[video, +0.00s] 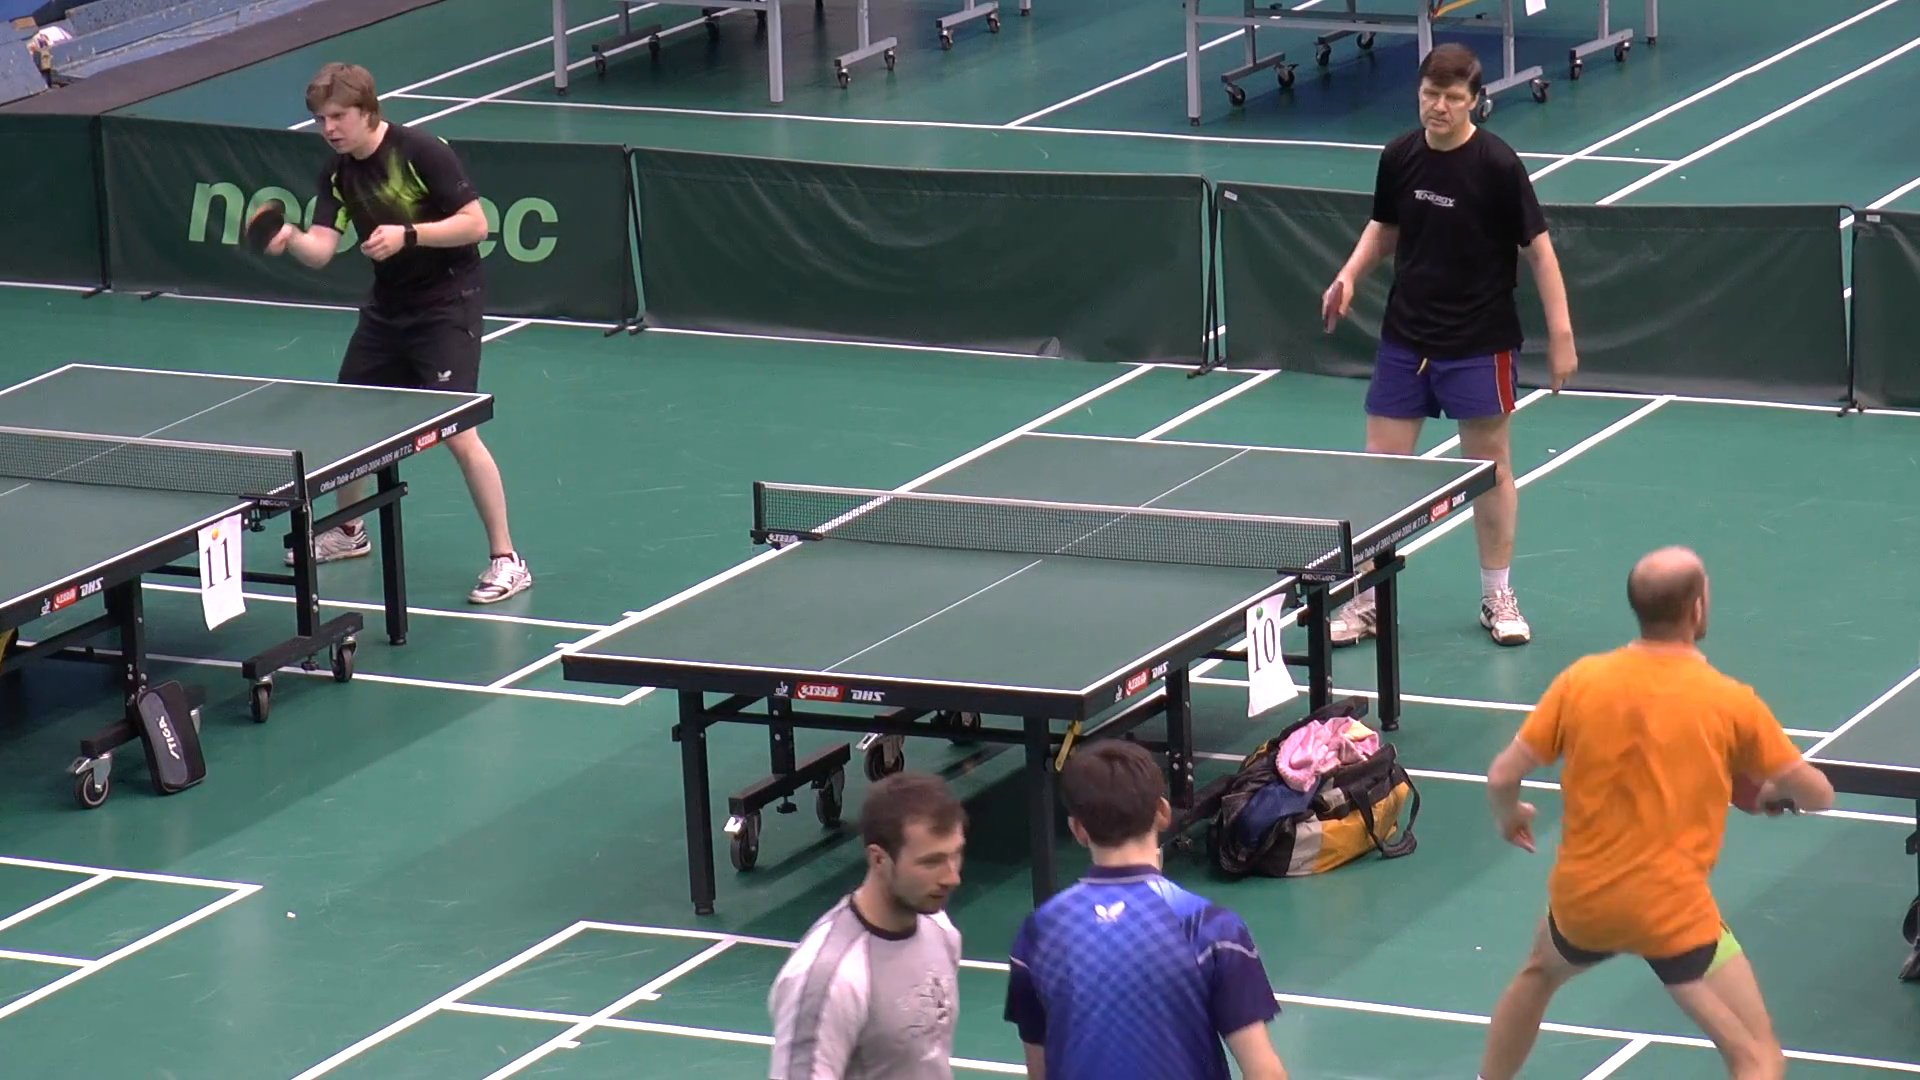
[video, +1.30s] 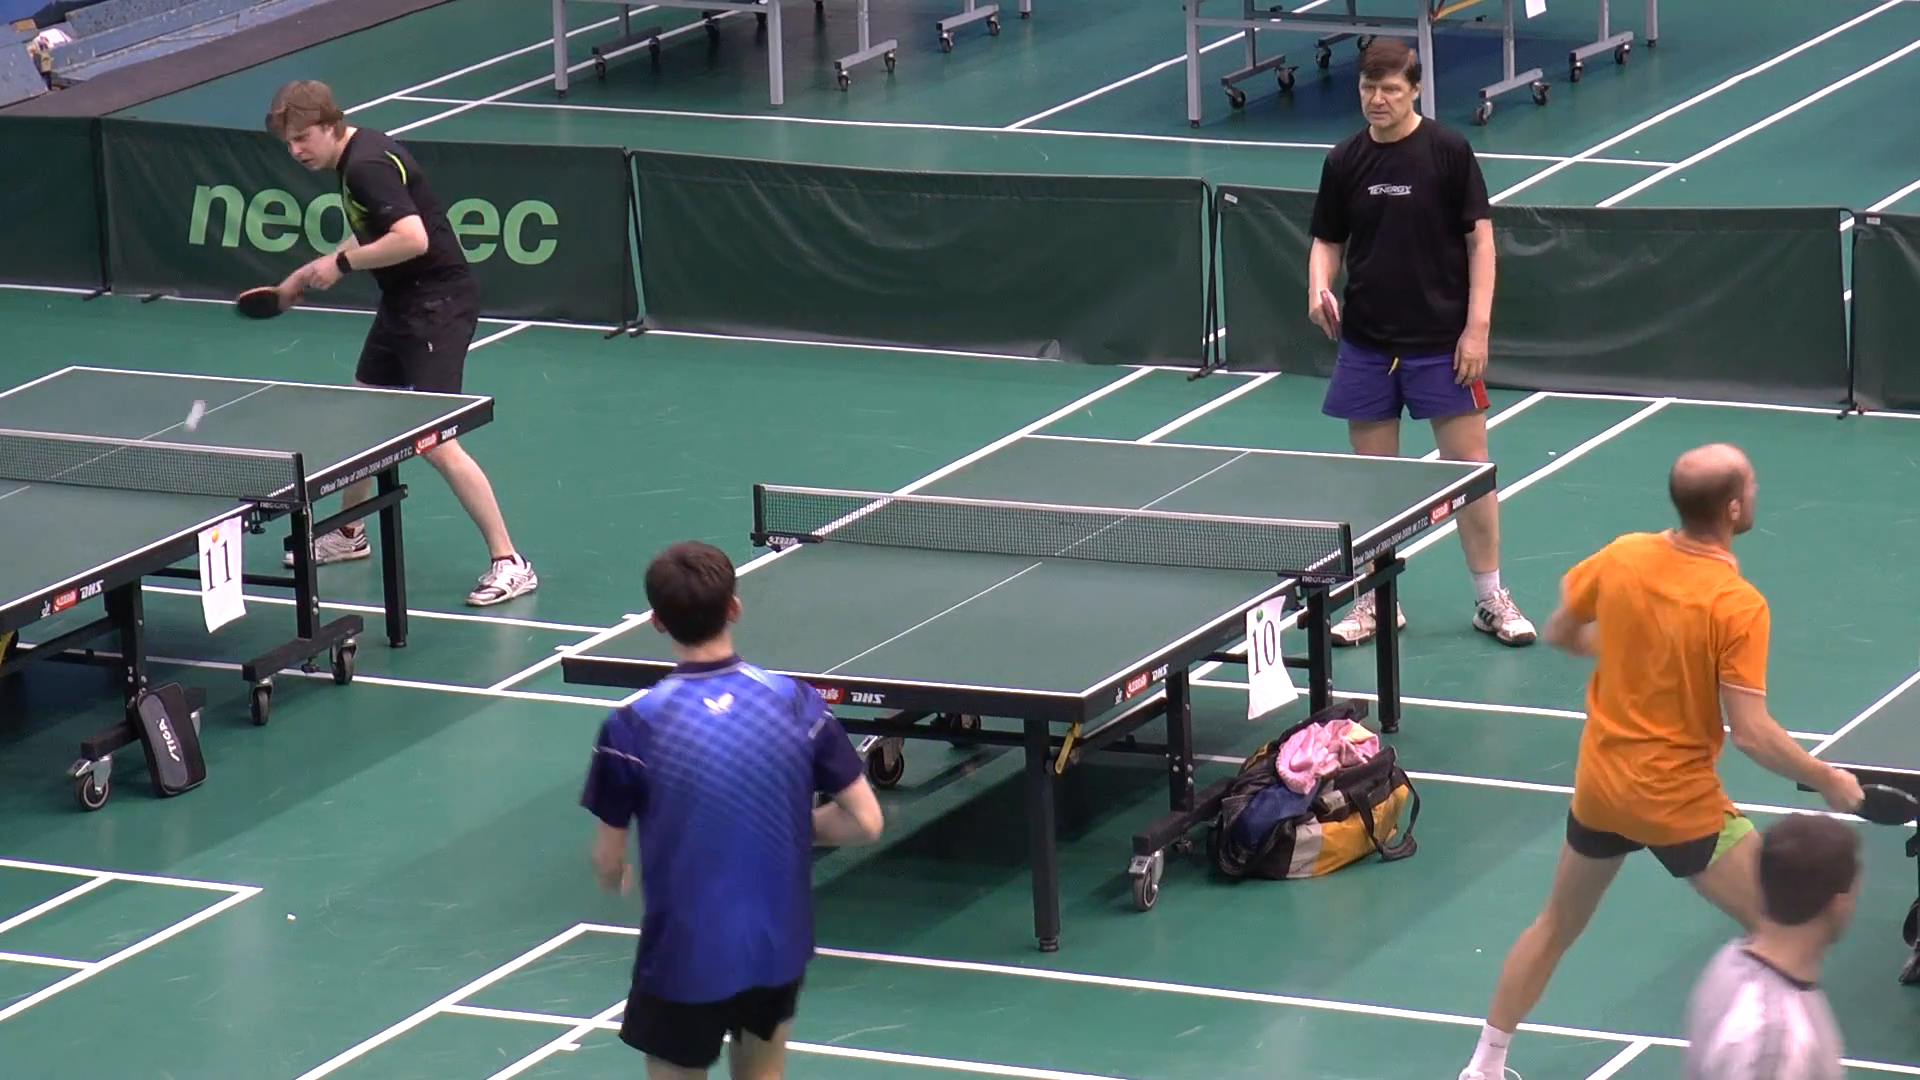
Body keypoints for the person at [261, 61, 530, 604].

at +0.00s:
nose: (327, 128)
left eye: (336, 117)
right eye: (321, 119)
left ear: (367, 112)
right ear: (320, 121)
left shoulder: (422, 150)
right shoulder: (337, 172)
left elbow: (476, 223)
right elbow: (320, 253)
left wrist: (409, 234)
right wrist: (290, 237)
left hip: (447, 309)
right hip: (385, 312)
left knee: (456, 428)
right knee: (345, 419)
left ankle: (506, 558)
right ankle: (350, 531)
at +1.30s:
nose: (295, 152)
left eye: (300, 140)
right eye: (288, 144)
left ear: (330, 127)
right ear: (318, 135)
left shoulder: (367, 162)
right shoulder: (353, 162)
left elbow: (413, 238)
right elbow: (366, 238)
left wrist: (344, 260)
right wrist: (305, 277)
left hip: (439, 302)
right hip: (400, 304)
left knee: (432, 436)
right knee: (361, 416)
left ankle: (509, 561)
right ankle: (351, 532)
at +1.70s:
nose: (363, 129)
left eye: (368, 118)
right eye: (359, 119)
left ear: (400, 107)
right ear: (399, 110)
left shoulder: (427, 154)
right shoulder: (429, 144)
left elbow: (446, 242)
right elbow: (433, 232)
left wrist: (374, 251)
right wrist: (379, 233)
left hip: (442, 314)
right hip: (424, 310)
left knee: (429, 446)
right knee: (380, 418)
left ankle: (515, 562)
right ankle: (366, 523)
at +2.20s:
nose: (352, 91)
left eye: (363, 80)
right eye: (347, 82)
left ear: (392, 79)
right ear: (344, 84)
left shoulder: (432, 134)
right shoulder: (359, 139)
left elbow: (472, 217)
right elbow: (352, 207)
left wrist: (397, 231)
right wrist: (318, 235)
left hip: (434, 299)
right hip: (376, 297)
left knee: (456, 426)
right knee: (347, 408)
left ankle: (513, 548)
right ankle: (363, 521)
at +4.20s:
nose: (370, 115)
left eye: (380, 104)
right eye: (362, 105)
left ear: (406, 95)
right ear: (356, 100)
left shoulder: (438, 148)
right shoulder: (361, 146)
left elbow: (486, 229)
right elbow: (341, 208)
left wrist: (422, 221)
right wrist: (331, 231)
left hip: (433, 311)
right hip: (378, 308)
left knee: (432, 427)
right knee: (358, 416)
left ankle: (475, 553)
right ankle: (356, 543)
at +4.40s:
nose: (385, 124)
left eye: (393, 114)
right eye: (380, 114)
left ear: (426, 104)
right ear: (384, 107)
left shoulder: (456, 152)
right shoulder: (408, 145)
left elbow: (470, 245)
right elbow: (414, 216)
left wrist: (397, 256)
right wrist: (384, 256)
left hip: (471, 308)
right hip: (429, 304)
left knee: (453, 444)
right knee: (429, 441)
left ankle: (497, 575)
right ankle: (424, 573)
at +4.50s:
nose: (397, 121)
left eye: (405, 111)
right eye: (392, 111)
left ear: (437, 101)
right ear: (404, 103)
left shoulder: (464, 150)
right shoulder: (441, 137)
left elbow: (459, 248)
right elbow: (448, 229)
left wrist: (385, 282)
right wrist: (403, 253)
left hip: (483, 304)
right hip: (458, 299)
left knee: (464, 436)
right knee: (453, 431)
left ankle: (497, 578)